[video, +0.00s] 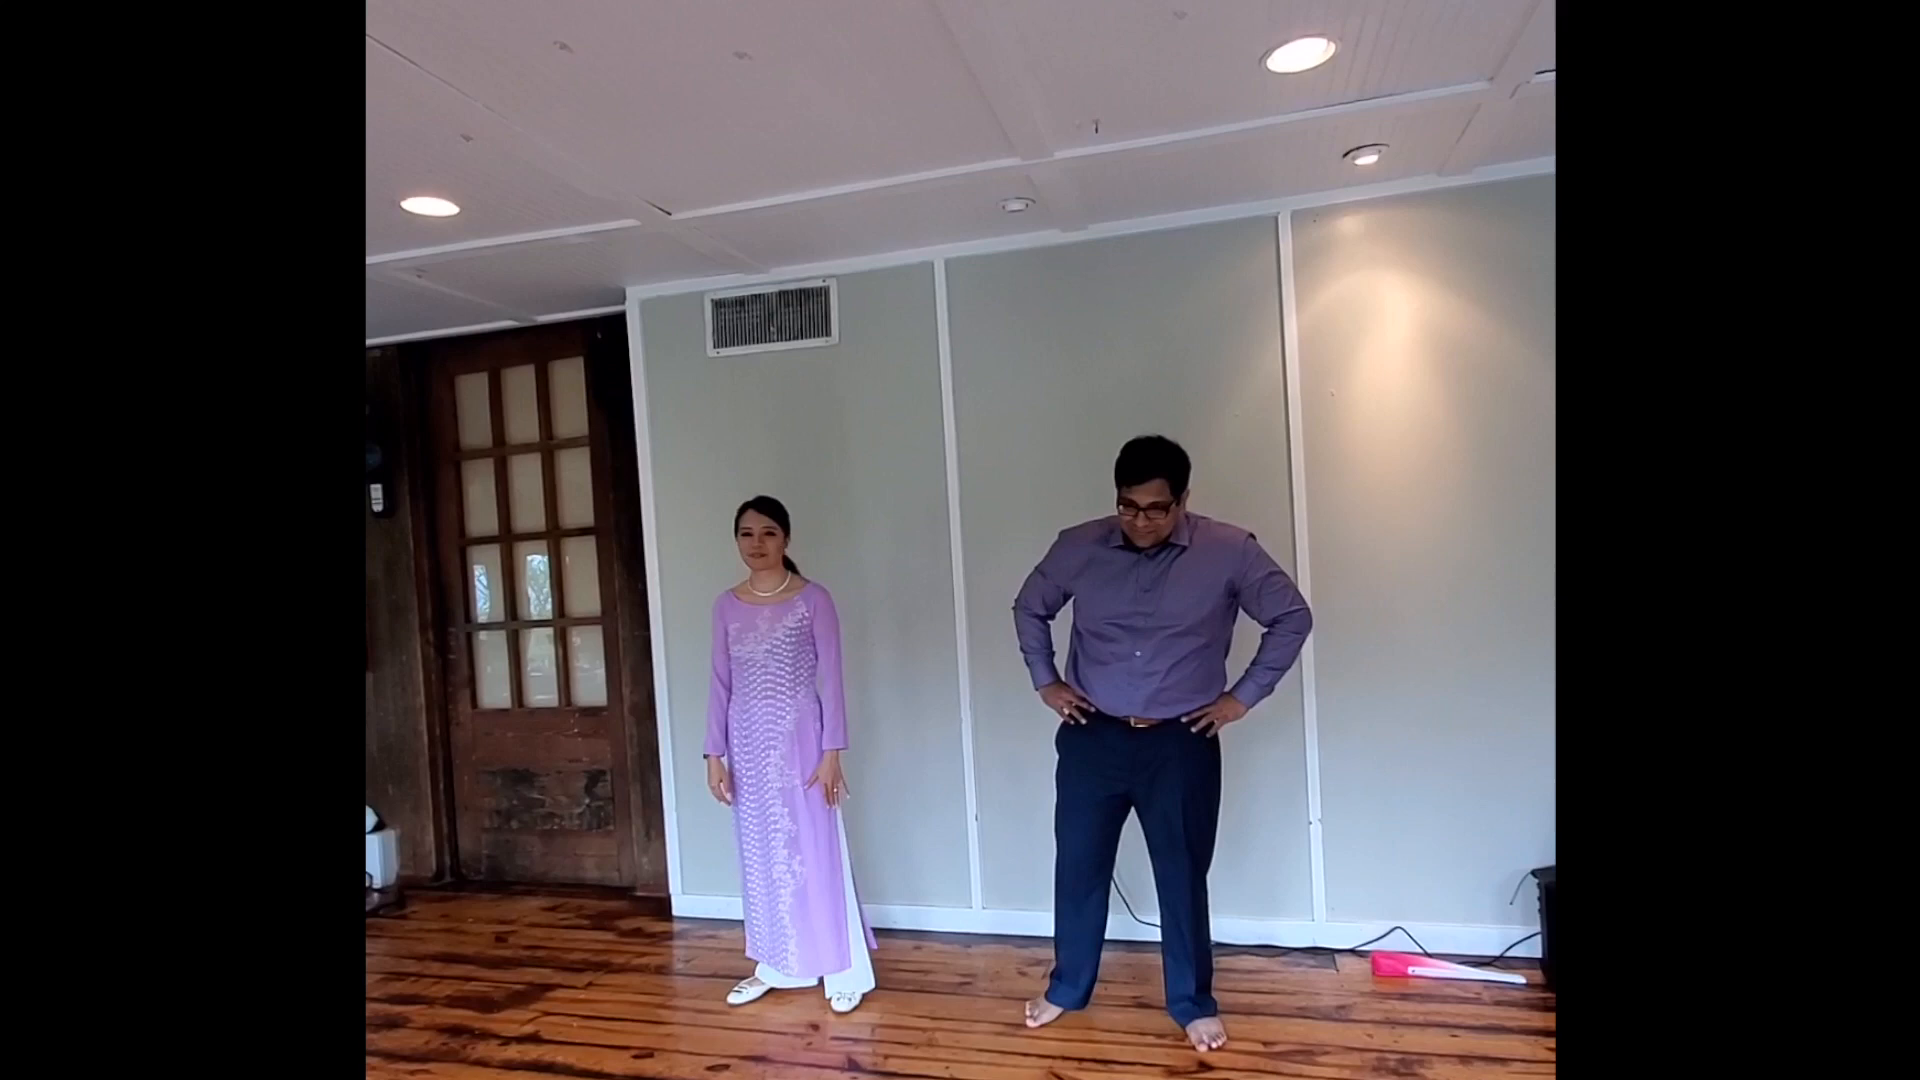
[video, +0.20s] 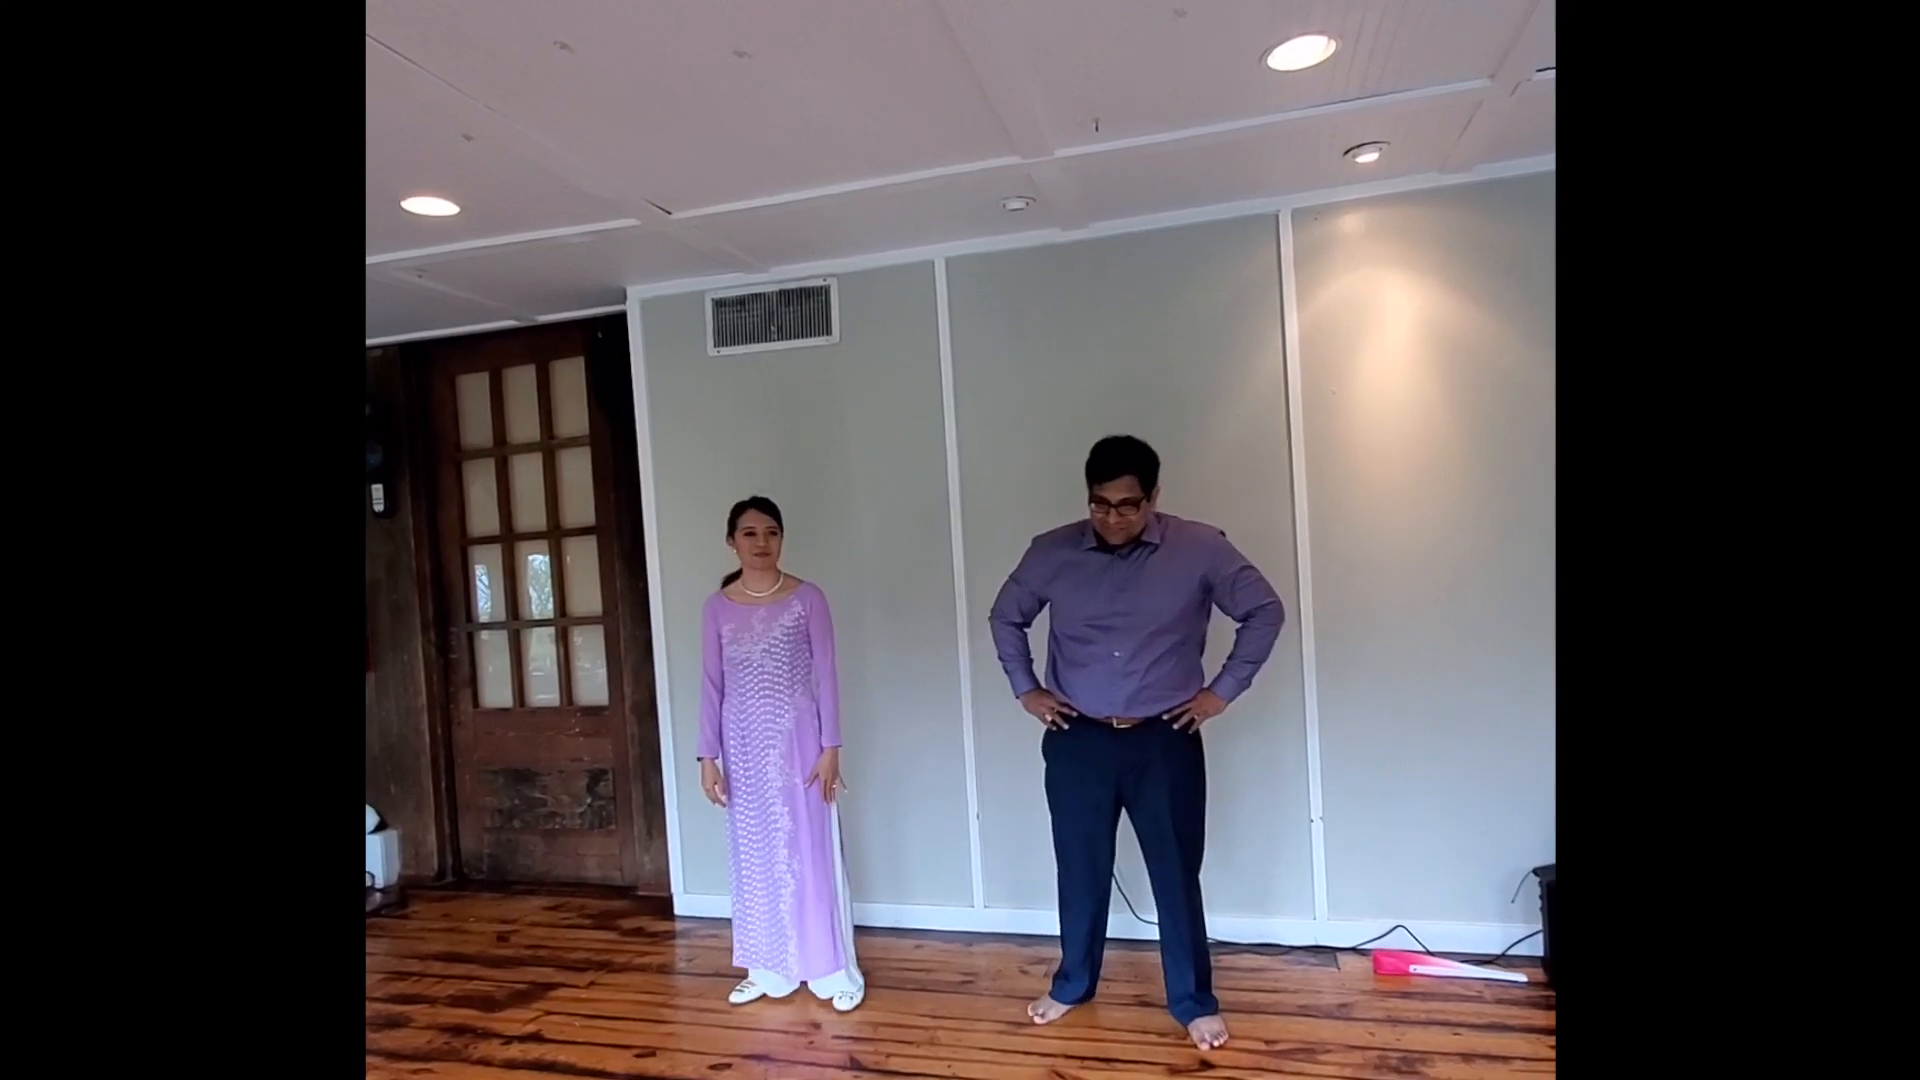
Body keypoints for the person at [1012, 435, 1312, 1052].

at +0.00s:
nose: (1141, 521)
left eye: (1156, 509)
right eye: (1129, 507)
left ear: (1182, 500)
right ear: (1115, 497)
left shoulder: (1229, 551)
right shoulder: (1079, 548)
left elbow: (1293, 617)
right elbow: (1030, 608)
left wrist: (1241, 695)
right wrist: (1046, 680)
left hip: (1181, 743)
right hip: (1092, 738)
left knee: (1183, 883)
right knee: (1078, 873)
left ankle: (1194, 1005)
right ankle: (1068, 987)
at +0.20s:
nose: (1113, 518)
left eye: (1127, 505)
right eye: (1101, 504)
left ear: (1152, 498)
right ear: (1086, 497)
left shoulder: (1199, 549)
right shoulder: (1051, 555)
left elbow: (1265, 611)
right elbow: (1006, 617)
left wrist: (1222, 689)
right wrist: (1026, 688)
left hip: (1165, 739)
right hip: (1078, 739)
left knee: (1176, 877)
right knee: (1079, 871)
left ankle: (1196, 1003)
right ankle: (1073, 984)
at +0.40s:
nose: (1071, 515)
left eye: (1084, 501)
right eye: (1059, 503)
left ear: (1111, 493)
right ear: (1046, 499)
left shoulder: (1162, 543)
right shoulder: (1018, 559)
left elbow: (1231, 602)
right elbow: (978, 623)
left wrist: (1196, 681)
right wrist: (1002, 690)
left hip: (1141, 736)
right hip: (1057, 740)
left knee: (1162, 872)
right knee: (1068, 870)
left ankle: (1195, 1001)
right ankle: (1072, 984)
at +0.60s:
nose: (1050, 514)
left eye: (1062, 499)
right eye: (1037, 503)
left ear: (1087, 491)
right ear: (1025, 501)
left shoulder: (1141, 537)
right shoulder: (1003, 561)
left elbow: (1213, 592)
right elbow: (958, 626)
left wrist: (1185, 671)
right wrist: (994, 690)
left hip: (1135, 732)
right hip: (1050, 739)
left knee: (1159, 869)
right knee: (1064, 871)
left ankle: (1191, 996)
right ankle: (1072, 983)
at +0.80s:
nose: (1055, 503)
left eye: (1067, 488)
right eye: (1042, 492)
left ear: (1091, 484)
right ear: (1030, 495)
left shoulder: (1144, 531)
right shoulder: (1008, 559)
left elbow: (1219, 584)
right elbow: (957, 624)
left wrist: (1191, 666)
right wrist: (997, 686)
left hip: (1142, 728)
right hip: (1057, 736)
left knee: (1169, 859)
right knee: (1071, 866)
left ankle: (1200, 981)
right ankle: (1077, 979)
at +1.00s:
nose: (1082, 495)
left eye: (1095, 482)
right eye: (1071, 486)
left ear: (1122, 486)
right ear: (1061, 494)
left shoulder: (1174, 542)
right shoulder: (1037, 566)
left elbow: (1247, 603)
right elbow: (1002, 643)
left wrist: (1224, 691)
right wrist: (1024, 693)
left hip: (1162, 735)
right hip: (1075, 741)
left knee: (1188, 861)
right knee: (1065, 863)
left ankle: (1208, 975)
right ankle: (1081, 971)